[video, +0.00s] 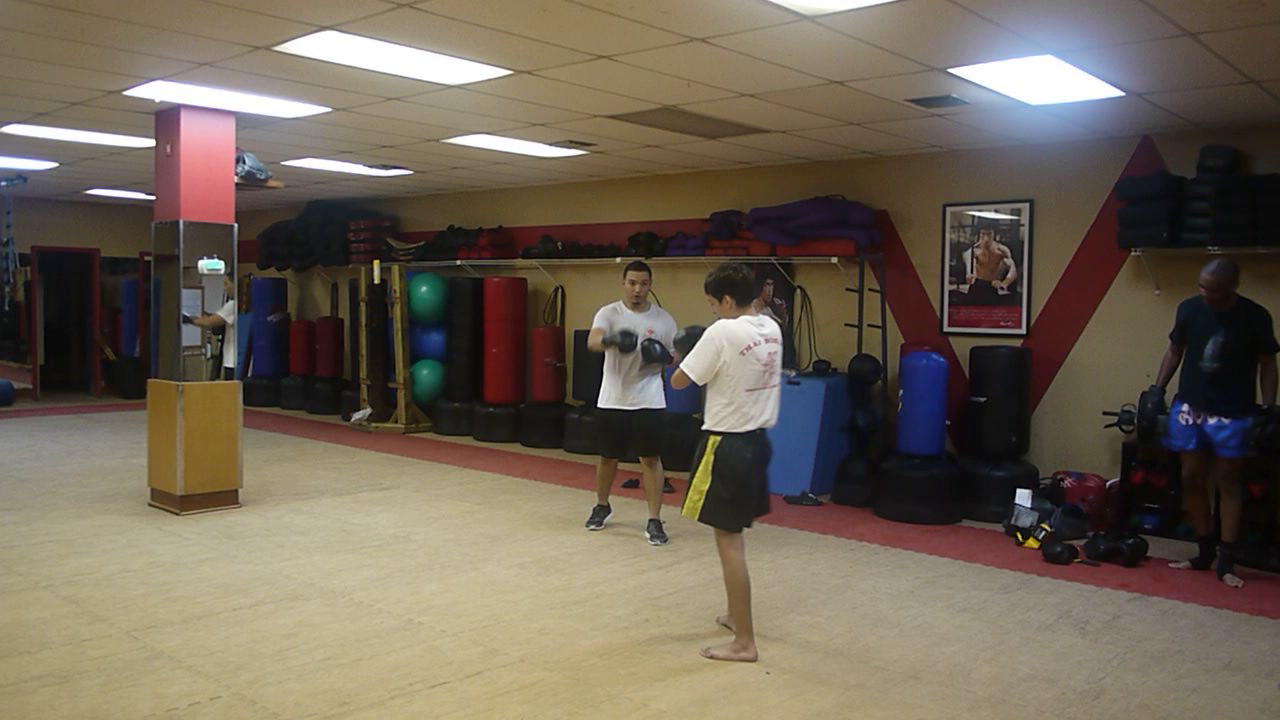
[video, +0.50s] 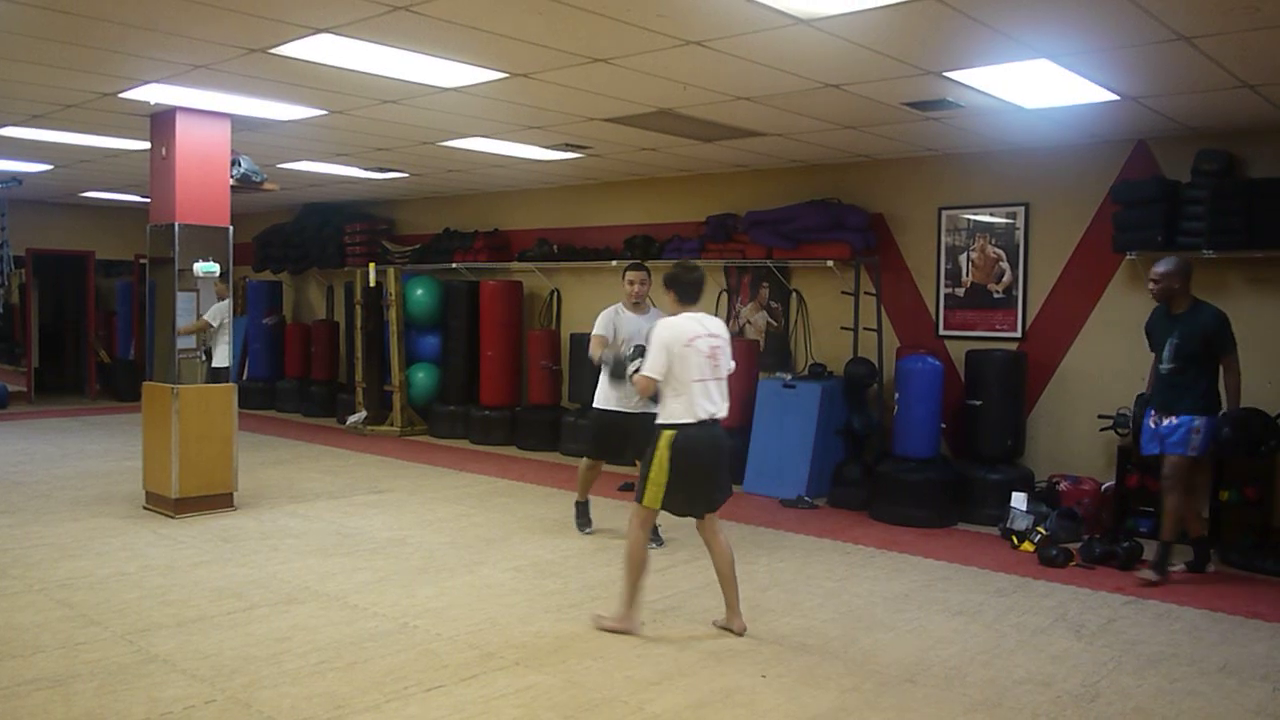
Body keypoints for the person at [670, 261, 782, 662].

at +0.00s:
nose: (712, 307)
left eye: (713, 300)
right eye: (712, 300)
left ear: (726, 299)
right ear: (748, 296)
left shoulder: (721, 332)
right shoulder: (772, 327)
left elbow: (678, 381)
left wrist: (682, 356)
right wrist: (706, 350)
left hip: (726, 446)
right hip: (756, 442)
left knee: (729, 543)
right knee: (733, 536)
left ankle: (744, 642)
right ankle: (737, 613)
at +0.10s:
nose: (705, 306)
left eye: (707, 300)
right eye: (705, 300)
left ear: (720, 299)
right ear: (741, 299)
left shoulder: (713, 334)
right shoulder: (762, 330)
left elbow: (672, 384)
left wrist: (675, 363)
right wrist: (695, 360)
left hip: (715, 445)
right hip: (743, 442)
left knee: (709, 538)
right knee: (721, 533)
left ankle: (739, 639)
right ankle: (732, 612)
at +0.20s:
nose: (698, 304)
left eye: (699, 298)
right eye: (698, 298)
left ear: (710, 298)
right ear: (733, 297)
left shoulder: (705, 332)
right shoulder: (752, 329)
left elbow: (669, 386)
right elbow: (728, 373)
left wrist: (662, 371)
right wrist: (687, 361)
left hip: (706, 441)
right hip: (736, 439)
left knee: (683, 532)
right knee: (714, 531)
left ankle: (727, 622)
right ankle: (730, 619)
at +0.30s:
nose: (689, 300)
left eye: (690, 295)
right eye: (690, 295)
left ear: (698, 295)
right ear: (726, 295)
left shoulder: (696, 330)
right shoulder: (742, 329)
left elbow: (666, 388)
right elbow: (718, 378)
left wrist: (648, 372)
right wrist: (676, 363)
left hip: (695, 439)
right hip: (731, 438)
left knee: (659, 523)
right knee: (713, 526)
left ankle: (702, 612)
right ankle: (735, 618)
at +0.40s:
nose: (674, 296)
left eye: (675, 291)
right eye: (677, 291)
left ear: (682, 292)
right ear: (713, 291)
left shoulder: (680, 327)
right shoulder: (729, 326)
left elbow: (656, 385)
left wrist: (639, 371)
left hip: (684, 436)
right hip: (721, 434)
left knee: (646, 520)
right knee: (713, 524)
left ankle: (660, 617)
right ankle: (735, 615)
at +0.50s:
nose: (657, 294)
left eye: (659, 289)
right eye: (660, 289)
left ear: (668, 292)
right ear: (701, 292)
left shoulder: (666, 328)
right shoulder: (719, 326)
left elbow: (645, 387)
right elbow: (726, 372)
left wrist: (632, 371)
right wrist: (682, 365)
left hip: (674, 437)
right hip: (714, 435)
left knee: (640, 522)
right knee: (709, 525)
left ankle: (626, 615)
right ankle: (735, 616)